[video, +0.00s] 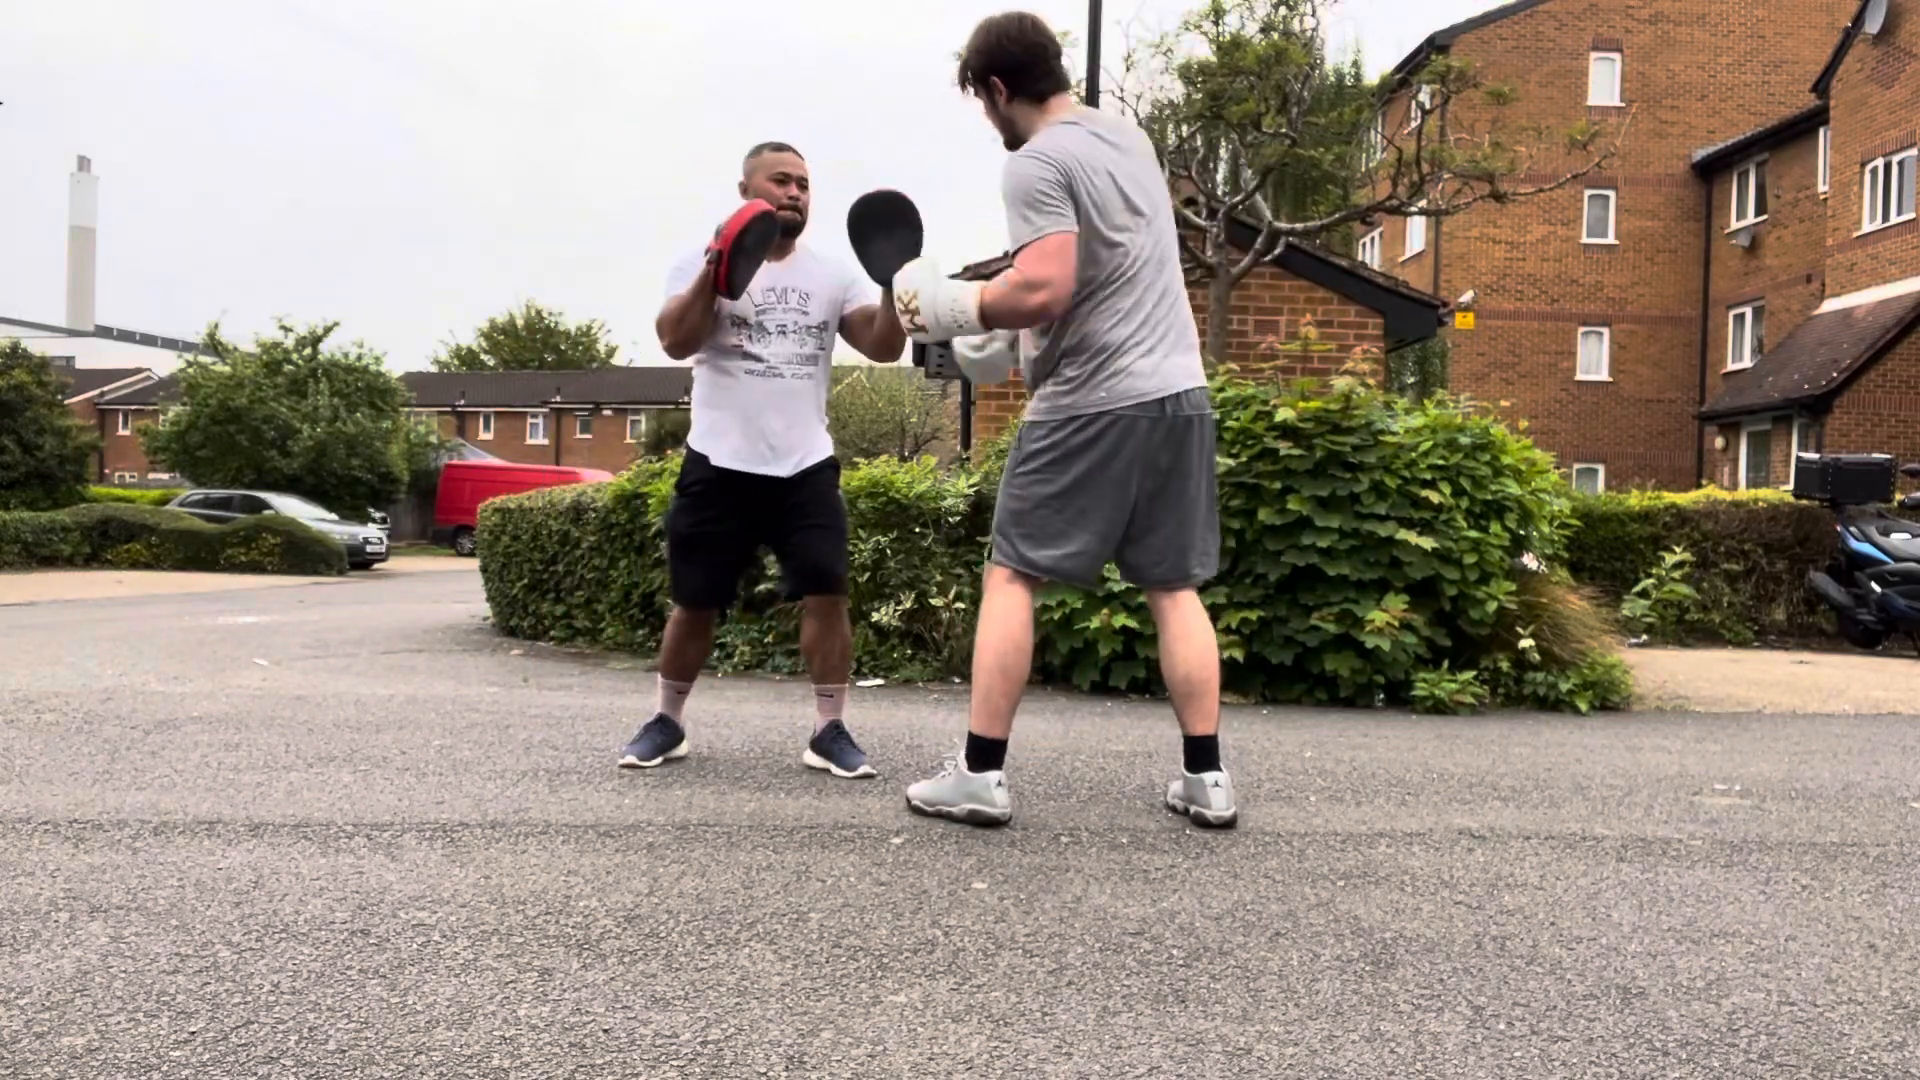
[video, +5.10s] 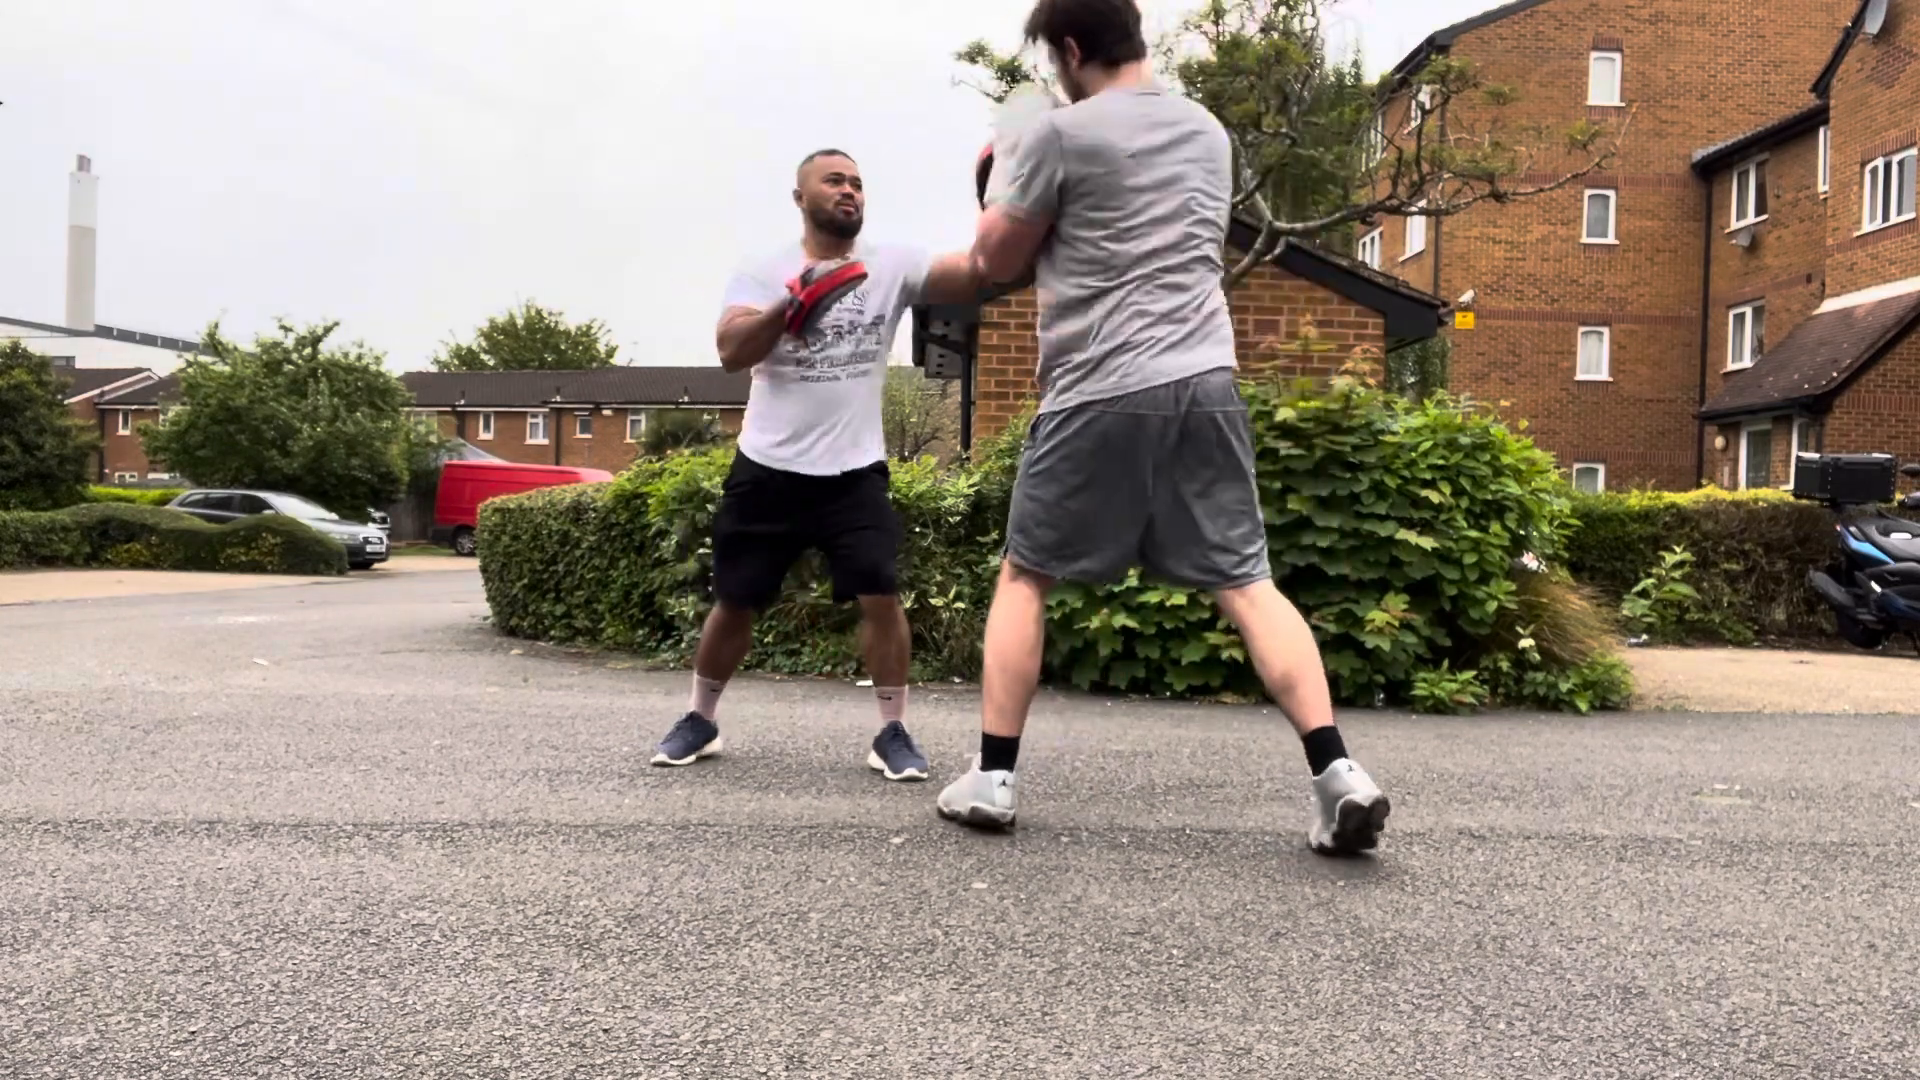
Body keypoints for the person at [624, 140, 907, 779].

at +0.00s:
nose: (796, 192)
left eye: (804, 184)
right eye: (781, 180)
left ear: (812, 198)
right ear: (745, 189)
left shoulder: (831, 267)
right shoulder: (708, 260)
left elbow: (884, 346)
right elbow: (674, 341)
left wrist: (898, 281)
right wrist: (716, 271)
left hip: (805, 462)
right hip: (719, 460)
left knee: (827, 588)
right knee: (694, 600)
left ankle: (830, 728)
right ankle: (666, 721)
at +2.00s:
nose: (761, 188)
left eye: (768, 180)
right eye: (745, 179)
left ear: (776, 195)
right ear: (711, 193)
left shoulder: (795, 265)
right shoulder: (673, 261)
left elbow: (863, 320)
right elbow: (664, 329)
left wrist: (873, 255)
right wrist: (700, 252)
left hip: (785, 460)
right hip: (698, 461)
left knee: (816, 586)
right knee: (682, 599)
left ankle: (834, 724)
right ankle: (665, 721)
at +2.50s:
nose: (812, 187)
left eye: (820, 180)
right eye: (797, 175)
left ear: (828, 199)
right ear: (760, 192)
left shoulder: (851, 269)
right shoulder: (727, 264)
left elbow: (929, 309)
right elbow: (694, 336)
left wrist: (944, 245)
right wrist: (751, 275)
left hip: (823, 469)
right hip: (735, 466)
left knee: (847, 591)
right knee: (702, 602)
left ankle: (847, 731)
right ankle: (666, 721)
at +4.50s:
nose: (792, 193)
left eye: (799, 185)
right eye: (777, 183)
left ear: (807, 200)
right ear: (743, 197)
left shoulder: (827, 268)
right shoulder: (705, 266)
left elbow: (905, 292)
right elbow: (688, 333)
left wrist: (923, 225)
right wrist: (727, 257)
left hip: (813, 464)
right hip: (727, 465)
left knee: (839, 590)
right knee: (712, 601)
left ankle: (851, 728)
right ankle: (699, 721)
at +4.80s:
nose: (810, 196)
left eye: (815, 188)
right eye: (797, 185)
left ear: (821, 204)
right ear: (765, 197)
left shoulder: (829, 282)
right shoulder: (726, 260)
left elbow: (869, 365)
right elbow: (730, 294)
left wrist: (905, 317)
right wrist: (757, 214)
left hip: (819, 462)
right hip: (736, 461)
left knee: (857, 579)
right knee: (719, 601)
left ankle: (868, 720)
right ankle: (699, 720)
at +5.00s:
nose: (828, 194)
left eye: (834, 187)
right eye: (813, 184)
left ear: (843, 201)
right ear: (778, 198)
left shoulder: (858, 278)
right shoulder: (743, 261)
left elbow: (907, 358)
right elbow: (719, 314)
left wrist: (926, 297)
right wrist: (780, 254)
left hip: (838, 464)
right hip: (753, 461)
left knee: (871, 592)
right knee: (727, 603)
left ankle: (890, 729)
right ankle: (700, 721)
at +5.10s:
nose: (849, 191)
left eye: (856, 184)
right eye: (834, 180)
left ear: (864, 202)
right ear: (799, 195)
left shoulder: (891, 265)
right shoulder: (764, 270)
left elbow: (981, 274)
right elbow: (731, 351)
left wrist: (1006, 211)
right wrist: (795, 301)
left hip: (856, 466)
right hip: (768, 464)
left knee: (881, 591)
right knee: (734, 600)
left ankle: (892, 730)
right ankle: (700, 719)